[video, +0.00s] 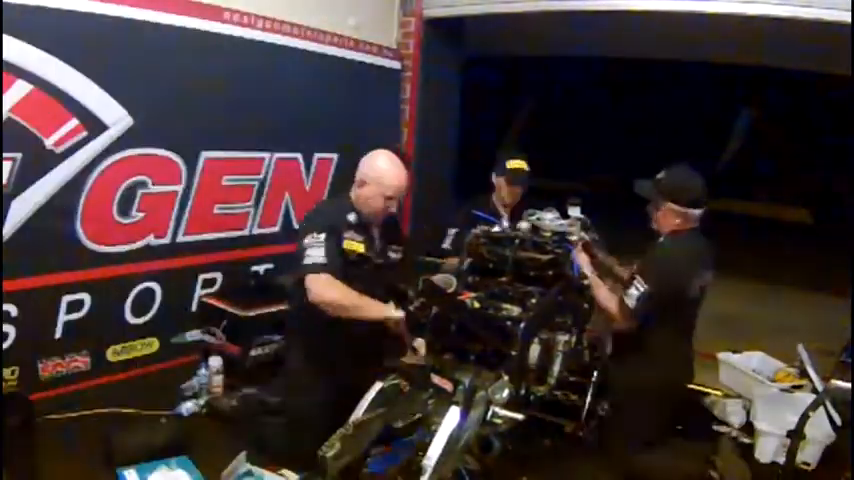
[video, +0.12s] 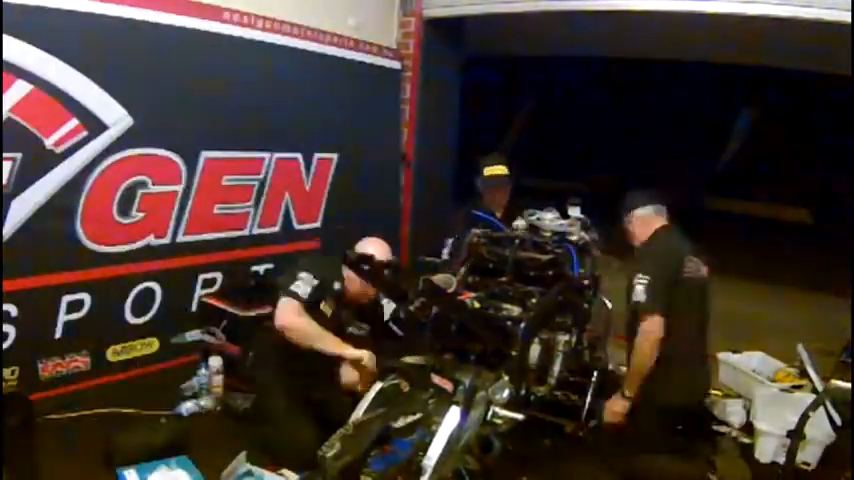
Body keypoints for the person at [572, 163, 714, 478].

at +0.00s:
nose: (651, 210)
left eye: (656, 205)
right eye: (653, 203)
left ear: (670, 212)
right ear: (689, 213)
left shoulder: (664, 256)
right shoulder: (698, 249)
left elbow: (621, 314)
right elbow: (641, 282)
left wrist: (588, 271)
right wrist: (601, 259)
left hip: (645, 374)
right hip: (673, 368)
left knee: (621, 450)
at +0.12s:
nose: (631, 236)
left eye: (629, 228)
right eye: (629, 229)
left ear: (635, 220)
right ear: (663, 217)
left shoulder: (653, 255)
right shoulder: (689, 252)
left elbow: (651, 330)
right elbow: (692, 330)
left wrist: (625, 395)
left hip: (659, 401)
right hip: (689, 397)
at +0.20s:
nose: (640, 198)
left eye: (646, 193)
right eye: (643, 192)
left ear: (662, 204)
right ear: (670, 205)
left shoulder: (666, 250)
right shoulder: (680, 242)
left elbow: (626, 320)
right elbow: (642, 286)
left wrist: (590, 264)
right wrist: (607, 250)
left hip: (638, 383)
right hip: (651, 376)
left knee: (612, 459)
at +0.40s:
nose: (623, 199)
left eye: (630, 192)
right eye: (625, 193)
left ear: (653, 197)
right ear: (649, 198)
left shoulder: (658, 241)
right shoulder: (648, 235)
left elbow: (629, 310)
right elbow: (622, 283)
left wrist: (598, 277)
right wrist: (594, 270)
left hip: (637, 364)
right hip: (628, 355)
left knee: (613, 443)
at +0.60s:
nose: (631, 219)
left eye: (636, 211)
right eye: (631, 212)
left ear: (659, 211)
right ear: (655, 212)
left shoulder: (686, 253)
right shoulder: (650, 244)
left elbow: (688, 328)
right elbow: (643, 298)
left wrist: (639, 369)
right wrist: (624, 323)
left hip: (670, 373)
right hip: (642, 366)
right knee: (636, 444)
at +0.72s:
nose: (618, 194)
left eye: (628, 188)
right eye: (618, 187)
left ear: (651, 196)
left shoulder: (652, 238)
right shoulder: (627, 233)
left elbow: (650, 302)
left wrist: (600, 271)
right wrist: (584, 241)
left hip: (632, 360)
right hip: (610, 353)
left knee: (608, 440)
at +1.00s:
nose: (616, 210)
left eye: (622, 200)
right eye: (616, 202)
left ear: (645, 200)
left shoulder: (663, 248)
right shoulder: (631, 244)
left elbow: (653, 307)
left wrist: (609, 279)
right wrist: (592, 267)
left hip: (635, 365)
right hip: (612, 359)